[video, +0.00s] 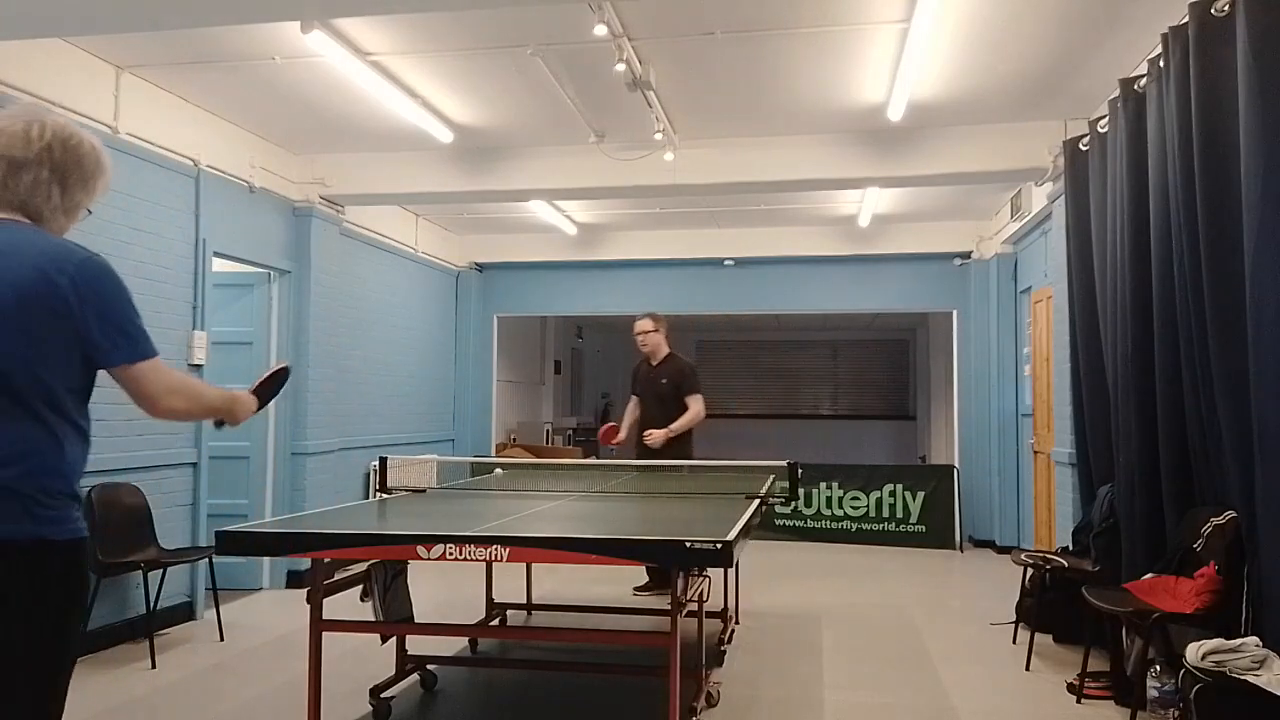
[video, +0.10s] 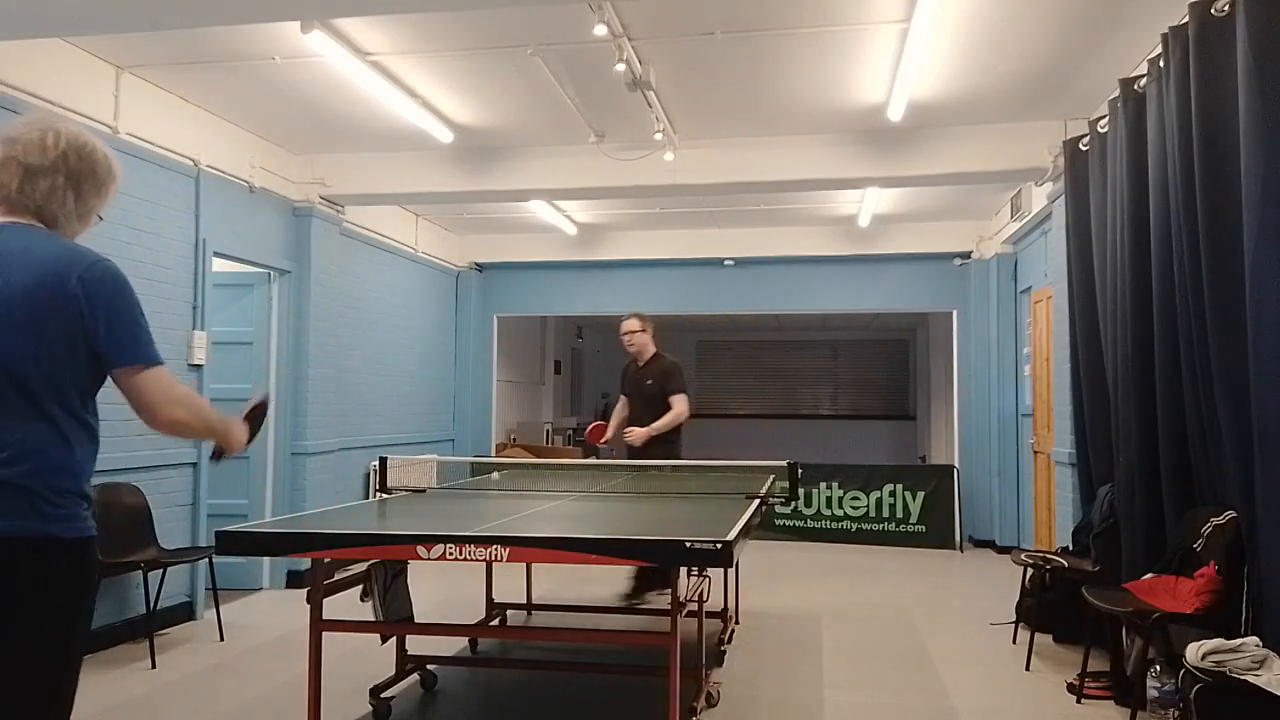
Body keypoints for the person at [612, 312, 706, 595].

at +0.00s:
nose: (641, 339)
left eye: (646, 333)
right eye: (637, 335)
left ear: (662, 334)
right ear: (636, 339)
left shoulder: (681, 367)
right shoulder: (640, 368)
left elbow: (698, 410)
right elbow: (635, 403)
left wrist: (667, 432)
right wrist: (624, 432)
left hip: (675, 459)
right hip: (645, 458)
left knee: (673, 516)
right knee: (648, 517)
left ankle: (677, 575)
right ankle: (657, 577)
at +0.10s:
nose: (628, 339)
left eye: (633, 333)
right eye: (624, 335)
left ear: (649, 334)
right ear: (622, 340)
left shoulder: (668, 367)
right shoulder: (629, 369)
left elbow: (681, 410)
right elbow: (624, 403)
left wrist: (649, 431)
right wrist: (611, 431)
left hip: (664, 459)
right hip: (637, 458)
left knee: (660, 518)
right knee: (644, 518)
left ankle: (647, 581)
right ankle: (657, 576)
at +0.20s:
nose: (611, 344)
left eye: (616, 338)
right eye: (607, 340)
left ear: (633, 337)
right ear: (607, 344)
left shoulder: (652, 368)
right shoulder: (619, 372)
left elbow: (661, 413)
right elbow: (613, 406)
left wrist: (625, 433)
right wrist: (599, 431)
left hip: (652, 463)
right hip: (626, 461)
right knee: (625, 520)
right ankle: (658, 577)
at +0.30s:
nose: (594, 351)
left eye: (599, 344)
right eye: (590, 347)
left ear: (616, 342)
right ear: (589, 350)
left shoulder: (633, 374)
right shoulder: (608, 376)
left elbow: (632, 416)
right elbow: (603, 409)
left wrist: (595, 436)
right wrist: (586, 435)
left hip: (637, 468)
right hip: (613, 466)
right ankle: (658, 574)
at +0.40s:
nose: (570, 360)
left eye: (574, 353)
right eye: (567, 355)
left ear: (593, 349)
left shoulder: (611, 377)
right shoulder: (598, 377)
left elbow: (600, 419)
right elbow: (594, 416)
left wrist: (560, 441)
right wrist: (567, 433)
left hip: (625, 466)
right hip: (609, 465)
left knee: (590, 523)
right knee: (612, 521)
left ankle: (579, 589)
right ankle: (653, 568)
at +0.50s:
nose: (548, 370)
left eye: (551, 363)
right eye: (546, 365)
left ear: (569, 357)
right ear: (566, 360)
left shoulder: (592, 381)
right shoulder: (580, 379)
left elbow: (567, 423)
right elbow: (584, 416)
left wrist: (531, 446)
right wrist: (570, 433)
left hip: (622, 466)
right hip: (604, 464)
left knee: (587, 524)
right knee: (602, 524)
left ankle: (579, 589)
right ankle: (648, 566)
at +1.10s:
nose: (553, 371)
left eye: (555, 364)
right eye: (550, 365)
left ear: (572, 356)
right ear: (570, 358)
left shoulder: (597, 379)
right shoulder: (580, 380)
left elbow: (604, 431)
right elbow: (587, 424)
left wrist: (564, 423)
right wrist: (570, 432)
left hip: (623, 464)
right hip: (603, 463)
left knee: (593, 523)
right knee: (602, 523)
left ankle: (580, 589)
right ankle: (658, 567)